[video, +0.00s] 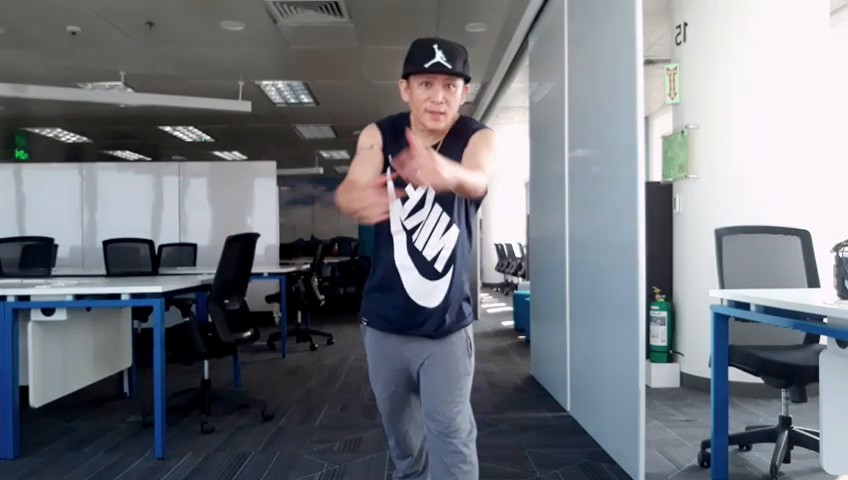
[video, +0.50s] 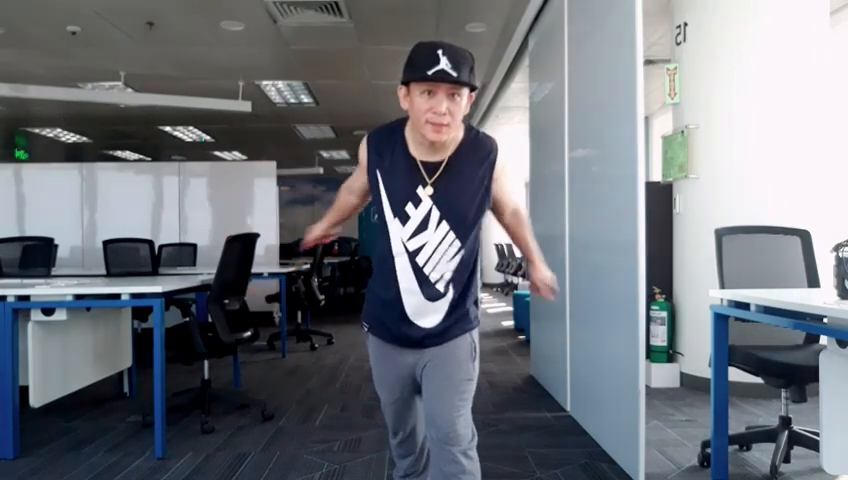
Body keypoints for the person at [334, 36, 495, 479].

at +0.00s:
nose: (438, 96)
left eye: (448, 86)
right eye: (426, 84)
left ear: (464, 94)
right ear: (405, 90)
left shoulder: (476, 138)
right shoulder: (378, 135)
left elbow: (479, 181)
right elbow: (349, 192)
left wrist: (446, 174)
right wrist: (358, 201)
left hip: (448, 324)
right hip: (385, 321)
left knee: (450, 436)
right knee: (398, 428)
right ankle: (406, 470)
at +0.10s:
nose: (430, 96)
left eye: (442, 85)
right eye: (419, 84)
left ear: (458, 93)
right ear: (399, 90)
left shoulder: (475, 145)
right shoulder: (373, 143)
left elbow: (505, 201)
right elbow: (331, 203)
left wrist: (533, 242)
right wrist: (281, 247)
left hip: (446, 323)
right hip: (384, 322)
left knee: (448, 431)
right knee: (398, 427)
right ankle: (407, 470)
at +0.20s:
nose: (429, 99)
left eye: (441, 88)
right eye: (418, 86)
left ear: (457, 96)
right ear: (398, 90)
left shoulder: (477, 152)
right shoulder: (370, 146)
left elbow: (522, 218)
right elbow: (324, 208)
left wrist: (573, 280)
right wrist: (270, 267)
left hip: (445, 327)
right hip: (382, 324)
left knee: (445, 434)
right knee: (398, 429)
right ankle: (406, 471)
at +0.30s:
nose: (430, 99)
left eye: (442, 89)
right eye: (418, 87)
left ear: (458, 98)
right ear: (397, 93)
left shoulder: (477, 154)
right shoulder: (370, 148)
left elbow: (521, 217)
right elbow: (333, 205)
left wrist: (566, 279)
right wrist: (296, 251)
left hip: (445, 326)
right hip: (382, 325)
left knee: (444, 432)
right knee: (396, 427)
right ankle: (406, 473)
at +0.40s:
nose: (433, 106)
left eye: (445, 95)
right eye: (421, 92)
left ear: (461, 102)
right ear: (399, 98)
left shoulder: (477, 153)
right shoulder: (372, 147)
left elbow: (505, 210)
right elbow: (356, 195)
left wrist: (530, 257)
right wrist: (336, 227)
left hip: (446, 325)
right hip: (383, 324)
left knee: (444, 430)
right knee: (395, 423)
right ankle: (405, 470)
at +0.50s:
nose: (441, 107)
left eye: (453, 95)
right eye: (429, 94)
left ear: (468, 101)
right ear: (405, 96)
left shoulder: (483, 153)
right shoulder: (376, 147)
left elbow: (510, 211)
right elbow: (356, 190)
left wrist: (537, 263)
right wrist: (326, 224)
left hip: (451, 330)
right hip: (387, 328)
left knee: (450, 439)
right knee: (400, 428)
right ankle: (407, 472)